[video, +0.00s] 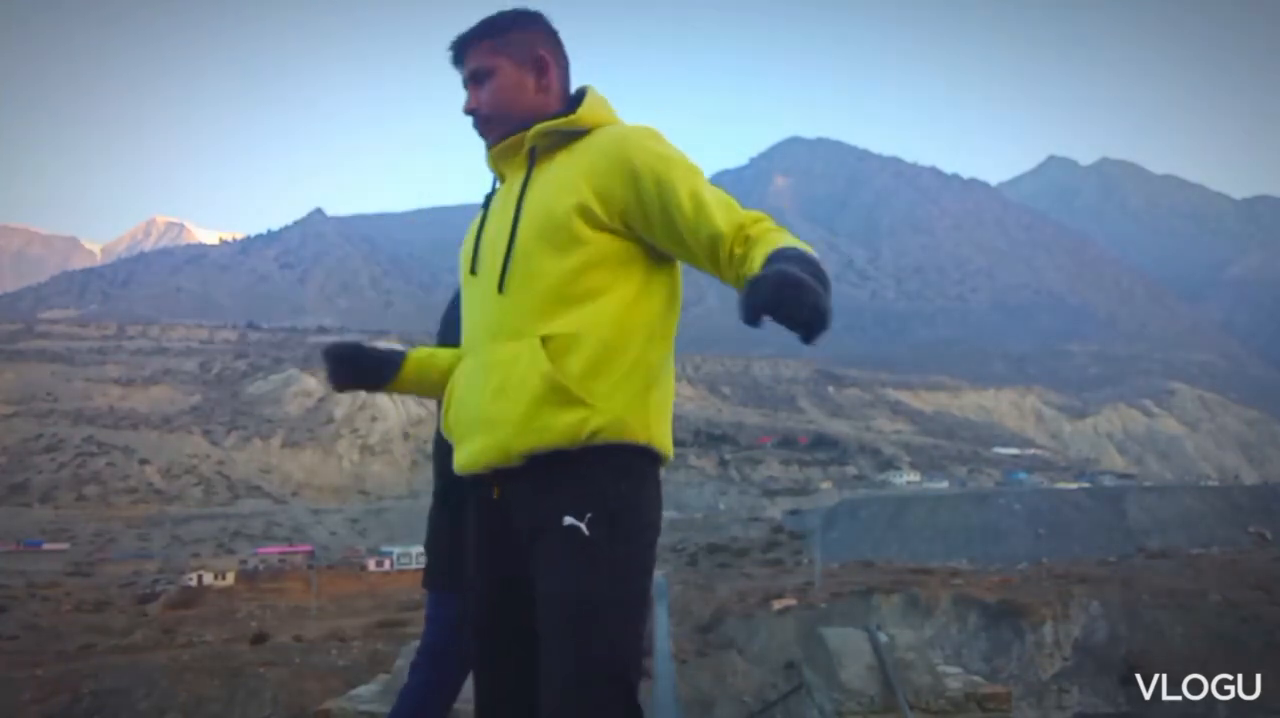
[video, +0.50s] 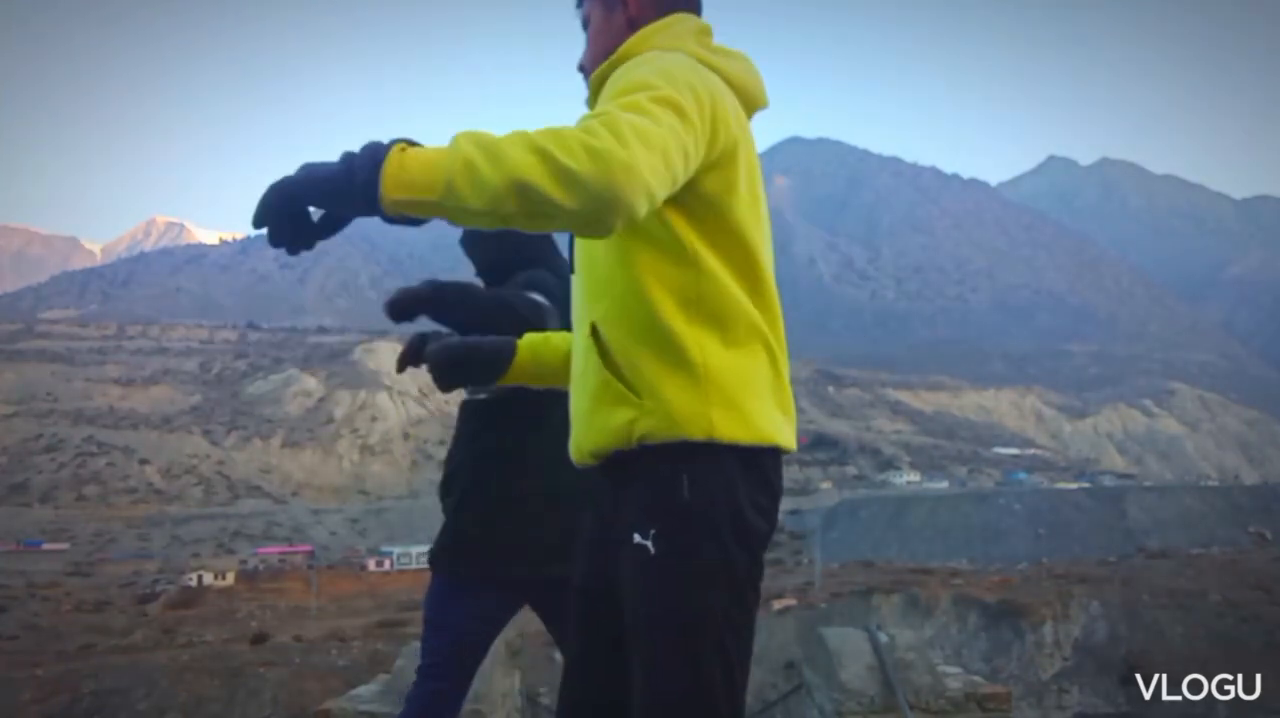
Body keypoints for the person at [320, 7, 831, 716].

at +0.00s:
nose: (467, 102)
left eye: (481, 78)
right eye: (465, 85)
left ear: (544, 70)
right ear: (526, 78)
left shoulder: (616, 152)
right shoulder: (491, 214)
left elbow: (735, 233)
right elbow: (495, 370)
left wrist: (782, 265)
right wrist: (390, 368)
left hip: (594, 479)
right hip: (497, 488)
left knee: (588, 696)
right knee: (504, 697)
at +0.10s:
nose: (474, 101)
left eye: (483, 75)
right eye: (473, 80)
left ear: (539, 63)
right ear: (529, 69)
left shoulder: (624, 139)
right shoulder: (515, 185)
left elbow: (741, 217)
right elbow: (536, 330)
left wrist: (810, 261)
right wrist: (462, 386)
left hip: (597, 464)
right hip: (514, 472)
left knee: (596, 687)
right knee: (518, 689)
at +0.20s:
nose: (497, 92)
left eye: (505, 66)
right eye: (496, 72)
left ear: (558, 56)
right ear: (555, 61)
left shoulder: (635, 131)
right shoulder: (541, 173)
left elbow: (776, 212)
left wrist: (780, 241)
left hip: (614, 478)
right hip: (533, 482)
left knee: (616, 694)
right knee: (529, 696)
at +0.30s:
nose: (528, 80)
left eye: (534, 53)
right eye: (527, 59)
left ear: (584, 37)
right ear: (584, 42)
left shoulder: (644, 111)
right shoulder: (575, 153)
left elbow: (756, 222)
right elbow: (599, 341)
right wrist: (494, 399)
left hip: (640, 470)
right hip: (571, 472)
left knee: (638, 698)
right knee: (556, 698)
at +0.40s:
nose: (561, 66)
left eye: (566, 39)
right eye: (560, 45)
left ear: (608, 21)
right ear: (611, 26)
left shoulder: (659, 87)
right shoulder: (622, 128)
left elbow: (655, 191)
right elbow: (629, 355)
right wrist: (491, 378)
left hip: (674, 462)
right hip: (621, 466)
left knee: (672, 699)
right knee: (584, 699)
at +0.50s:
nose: (580, 50)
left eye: (585, 20)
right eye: (581, 25)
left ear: (623, 11)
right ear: (647, 17)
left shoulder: (674, 78)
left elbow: (609, 177)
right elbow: (654, 350)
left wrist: (375, 176)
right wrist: (508, 359)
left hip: (694, 457)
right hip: (644, 457)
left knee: (679, 698)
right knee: (600, 696)